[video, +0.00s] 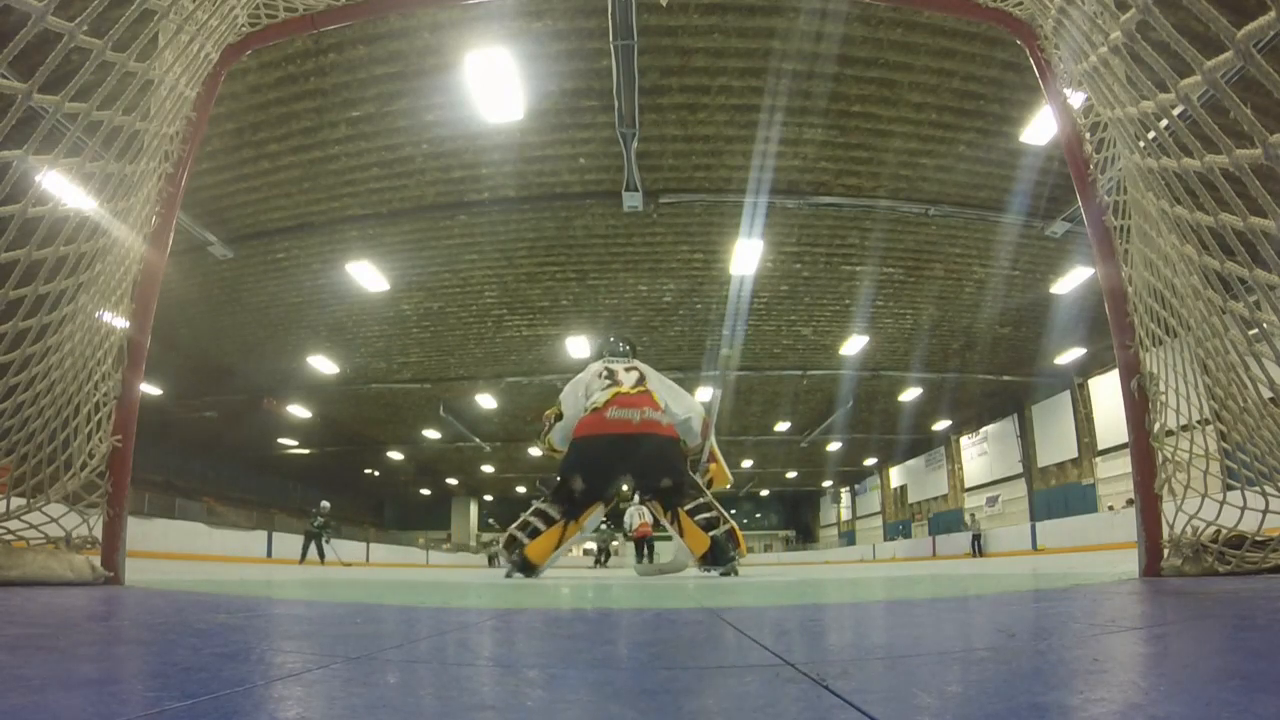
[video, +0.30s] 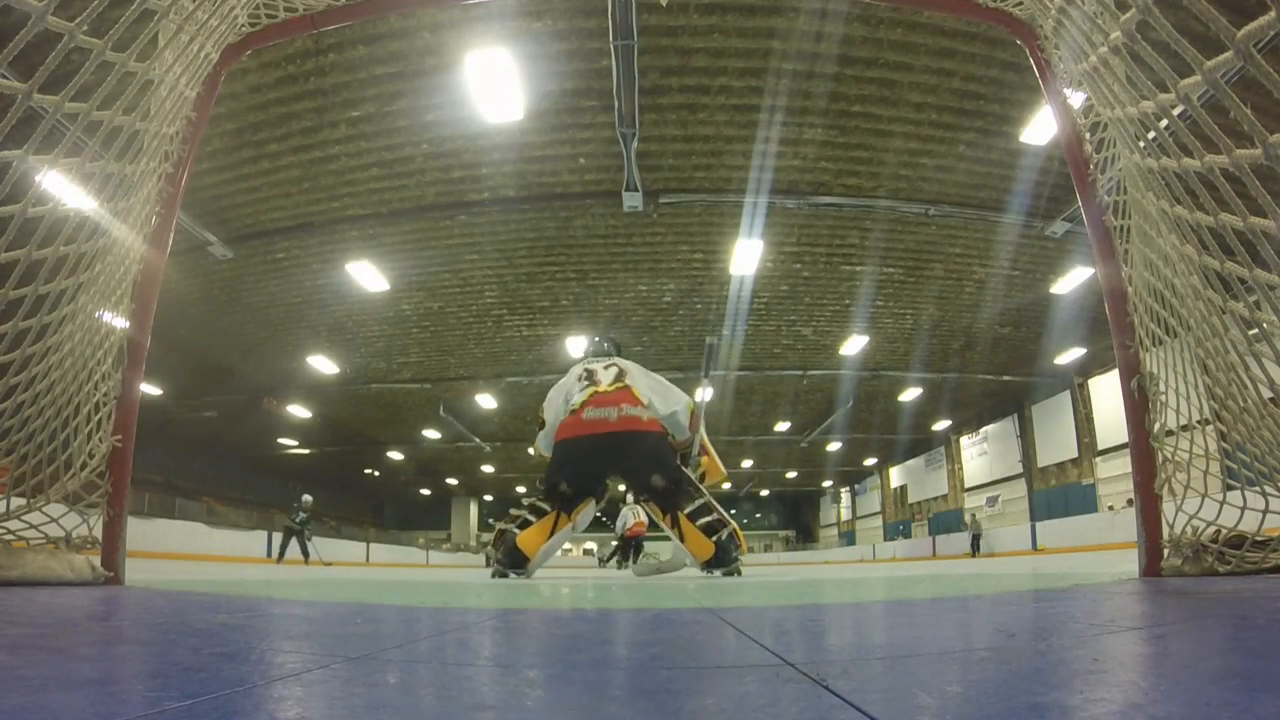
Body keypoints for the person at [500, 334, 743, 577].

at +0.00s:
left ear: (602, 355)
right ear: (633, 356)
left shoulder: (587, 374)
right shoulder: (650, 375)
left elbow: (566, 416)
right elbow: (691, 412)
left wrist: (556, 443)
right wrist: (698, 456)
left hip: (595, 439)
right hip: (656, 439)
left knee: (566, 501)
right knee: (678, 496)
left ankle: (522, 556)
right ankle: (720, 553)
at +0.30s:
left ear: (587, 358)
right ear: (618, 356)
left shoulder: (567, 378)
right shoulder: (634, 369)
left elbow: (547, 433)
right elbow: (679, 406)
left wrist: (555, 461)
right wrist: (691, 451)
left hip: (576, 438)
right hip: (639, 433)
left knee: (560, 500)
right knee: (674, 495)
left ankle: (512, 551)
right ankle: (720, 552)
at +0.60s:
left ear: (610, 347)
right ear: (643, 346)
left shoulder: (591, 368)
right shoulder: (662, 359)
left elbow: (573, 424)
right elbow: (711, 398)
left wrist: (579, 456)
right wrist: (718, 440)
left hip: (607, 435)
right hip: (673, 431)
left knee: (571, 502)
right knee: (695, 488)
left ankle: (509, 553)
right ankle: (730, 549)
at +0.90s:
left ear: (648, 331)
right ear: (683, 331)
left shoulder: (632, 348)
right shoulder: (705, 349)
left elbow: (608, 399)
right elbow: (750, 383)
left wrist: (595, 429)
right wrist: (760, 428)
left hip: (652, 414)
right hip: (714, 417)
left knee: (619, 490)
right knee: (714, 494)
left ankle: (580, 557)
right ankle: (766, 553)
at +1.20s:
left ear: (650, 319)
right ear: (688, 318)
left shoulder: (634, 339)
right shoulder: (712, 334)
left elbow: (613, 392)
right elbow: (765, 371)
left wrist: (598, 431)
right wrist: (769, 422)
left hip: (655, 400)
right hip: (724, 398)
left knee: (619, 487)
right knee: (747, 480)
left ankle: (566, 551)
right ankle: (799, 550)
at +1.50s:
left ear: (648, 303)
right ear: (691, 298)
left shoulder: (626, 326)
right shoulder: (719, 313)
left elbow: (599, 398)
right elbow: (779, 350)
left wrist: (598, 438)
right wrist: (780, 411)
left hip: (642, 391)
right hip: (723, 382)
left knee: (617, 484)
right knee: (765, 469)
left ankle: (549, 554)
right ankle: (831, 547)